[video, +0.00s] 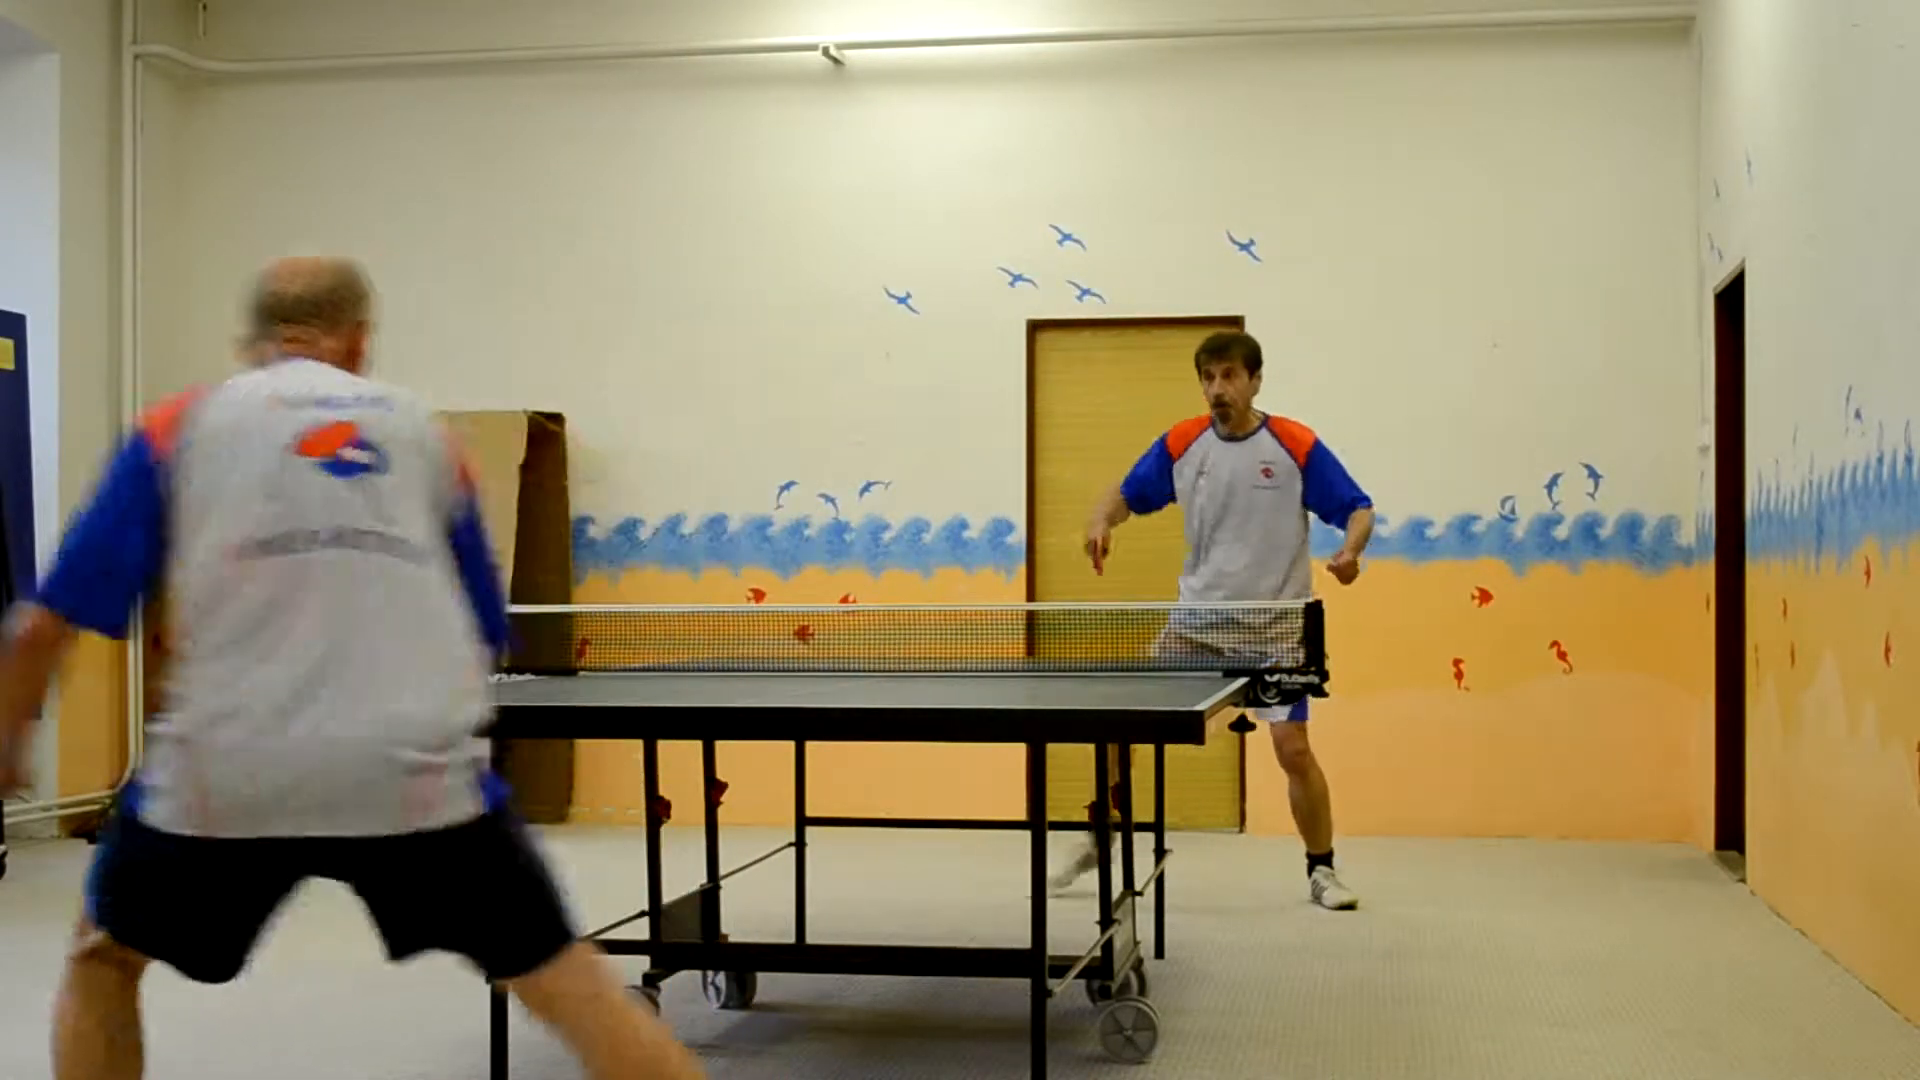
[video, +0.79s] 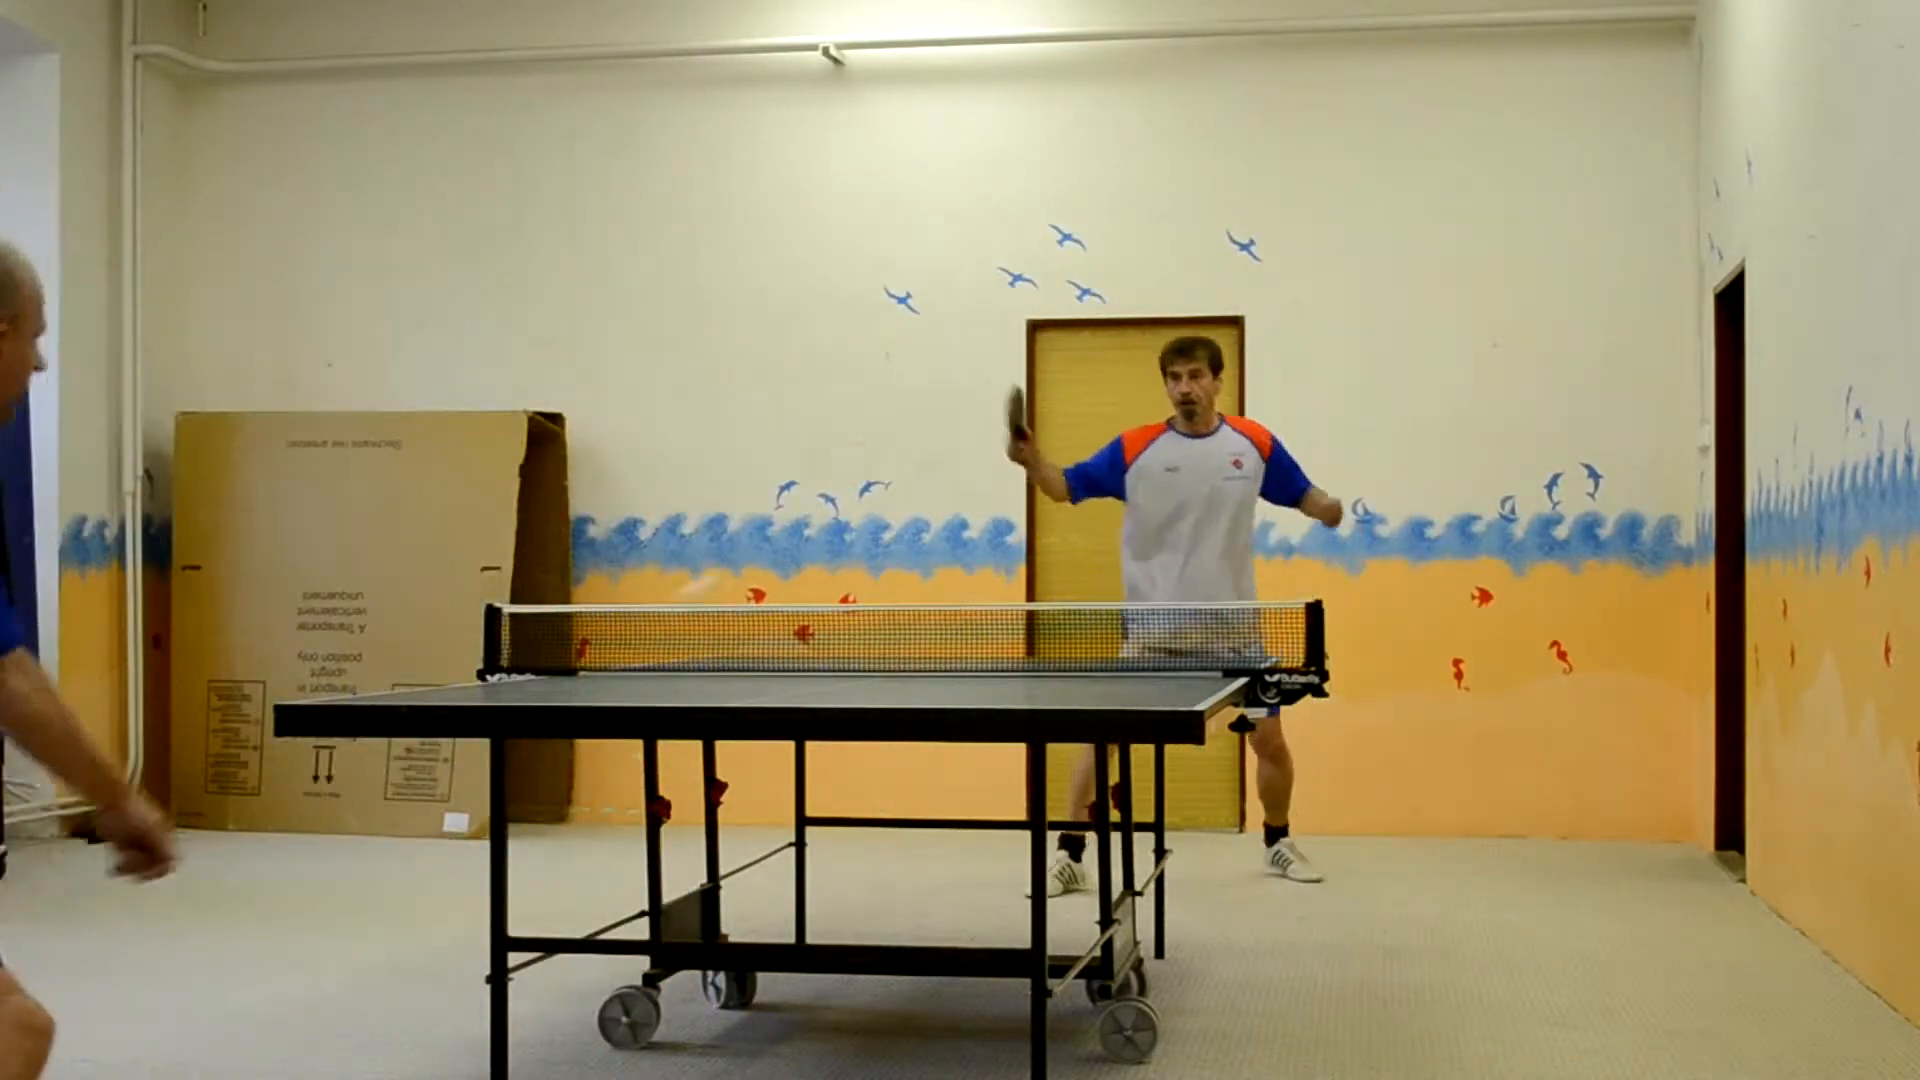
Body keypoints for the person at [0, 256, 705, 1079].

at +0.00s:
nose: (363, 355)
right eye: (366, 340)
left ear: (245, 340)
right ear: (359, 342)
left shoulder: (176, 430)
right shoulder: (427, 440)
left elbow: (41, 626)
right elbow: (486, 635)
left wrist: (14, 742)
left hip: (224, 782)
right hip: (417, 780)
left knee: (105, 965)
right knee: (582, 993)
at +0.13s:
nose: (259, 312)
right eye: (261, 300)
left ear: (146, 284)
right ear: (247, 294)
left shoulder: (29, 389)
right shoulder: (264, 354)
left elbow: (12, 575)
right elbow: (413, 494)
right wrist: (520, 504)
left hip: (57, 739)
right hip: (233, 722)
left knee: (44, 946)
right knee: (422, 936)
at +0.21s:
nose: (177, 267)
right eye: (177, 253)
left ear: (61, 250)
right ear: (168, 250)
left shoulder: (13, 342)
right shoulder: (190, 313)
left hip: (10, 716)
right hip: (158, 706)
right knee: (323, 933)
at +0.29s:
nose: (106, 246)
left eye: (99, 234)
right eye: (100, 233)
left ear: (11, 235)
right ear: (79, 233)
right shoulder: (81, 310)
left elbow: (248, 354)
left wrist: (448, 323)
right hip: (90, 721)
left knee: (248, 993)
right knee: (249, 991)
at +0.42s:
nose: (49, 296)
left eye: (48, 273)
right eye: (45, 272)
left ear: (14, 273)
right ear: (11, 274)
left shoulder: (13, 391)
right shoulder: (3, 387)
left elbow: (45, 502)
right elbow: (39, 502)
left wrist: (201, 547)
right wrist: (196, 548)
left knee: (148, 986)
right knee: (159, 984)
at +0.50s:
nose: (48, 303)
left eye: (48, 280)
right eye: (45, 278)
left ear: (12, 280)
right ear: (11, 279)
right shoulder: (7, 390)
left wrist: (57, 719)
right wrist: (52, 715)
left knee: (80, 982)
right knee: (109, 971)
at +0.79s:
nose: (39, 360)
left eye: (37, 335)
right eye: (32, 334)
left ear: (7, 337)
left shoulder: (2, 463)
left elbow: (9, 670)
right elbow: (6, 672)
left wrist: (113, 798)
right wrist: (116, 798)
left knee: (21, 1031)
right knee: (21, 1032)